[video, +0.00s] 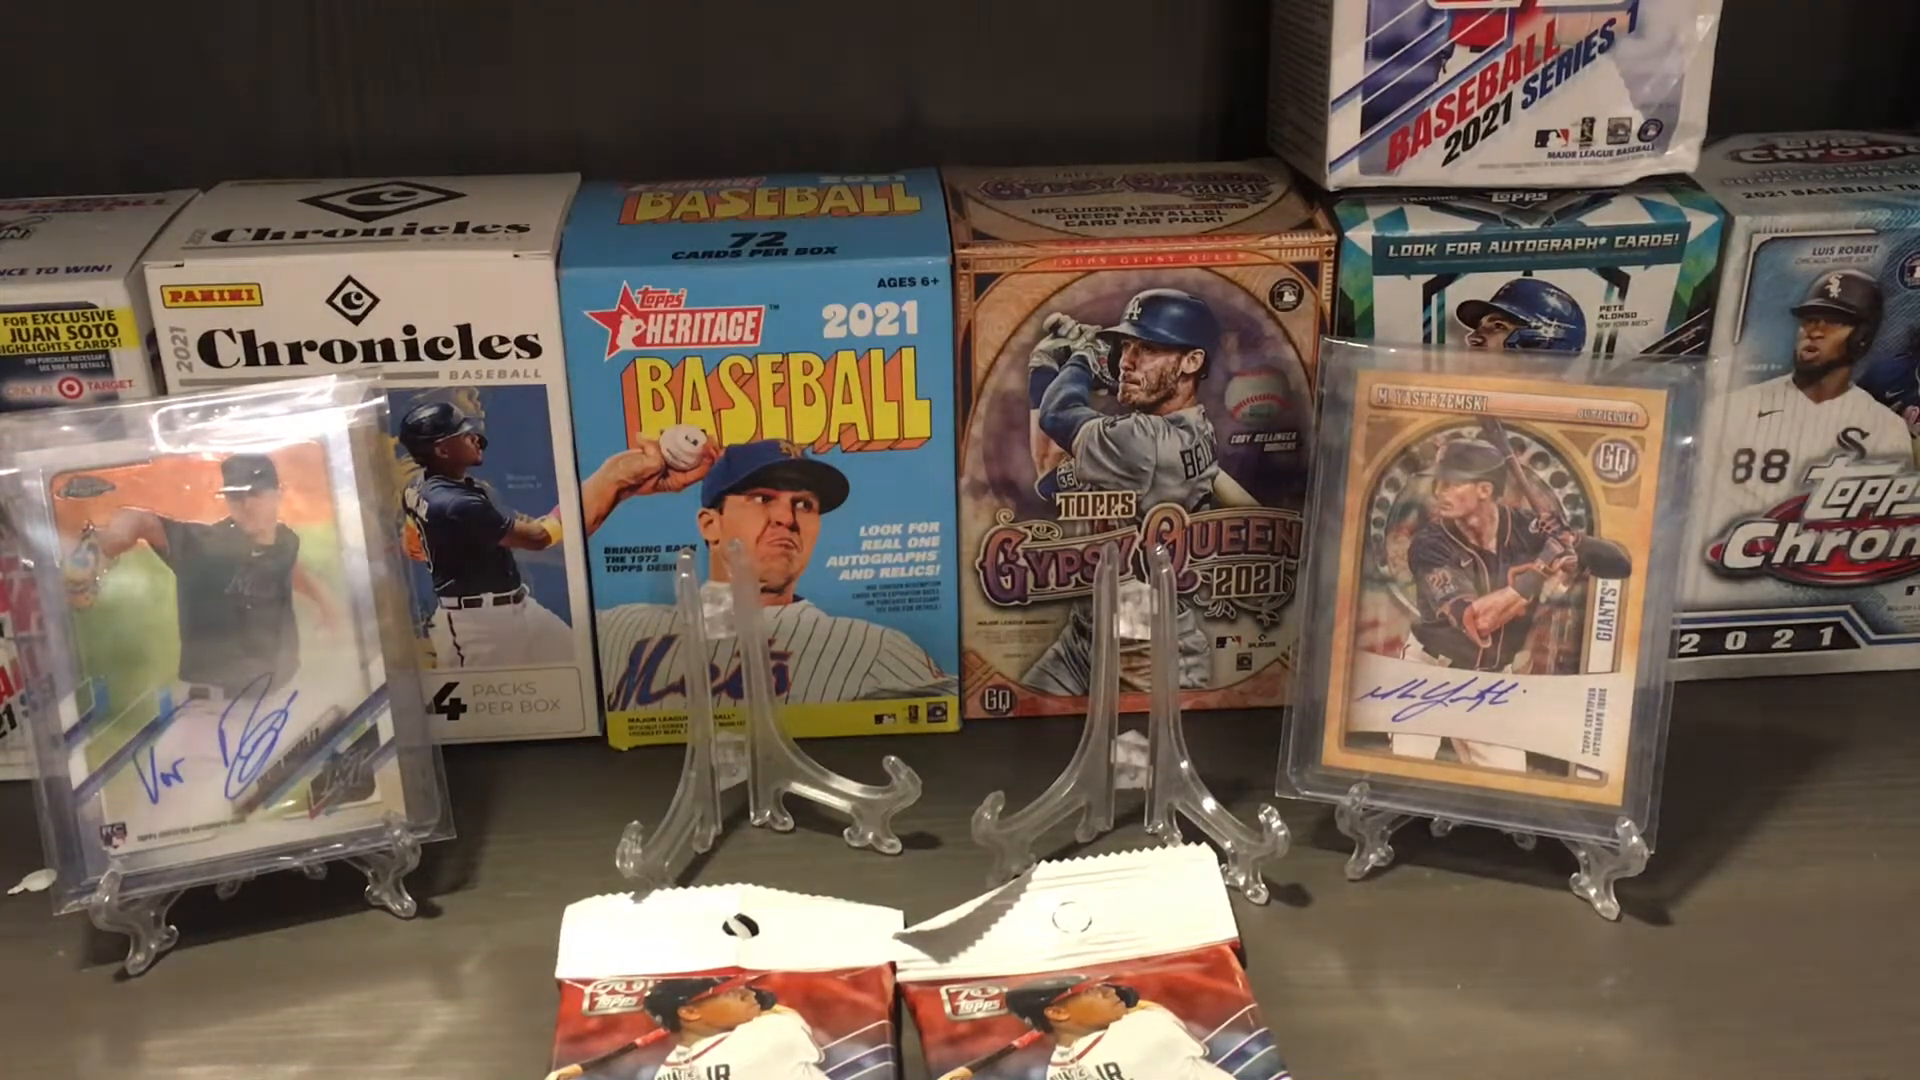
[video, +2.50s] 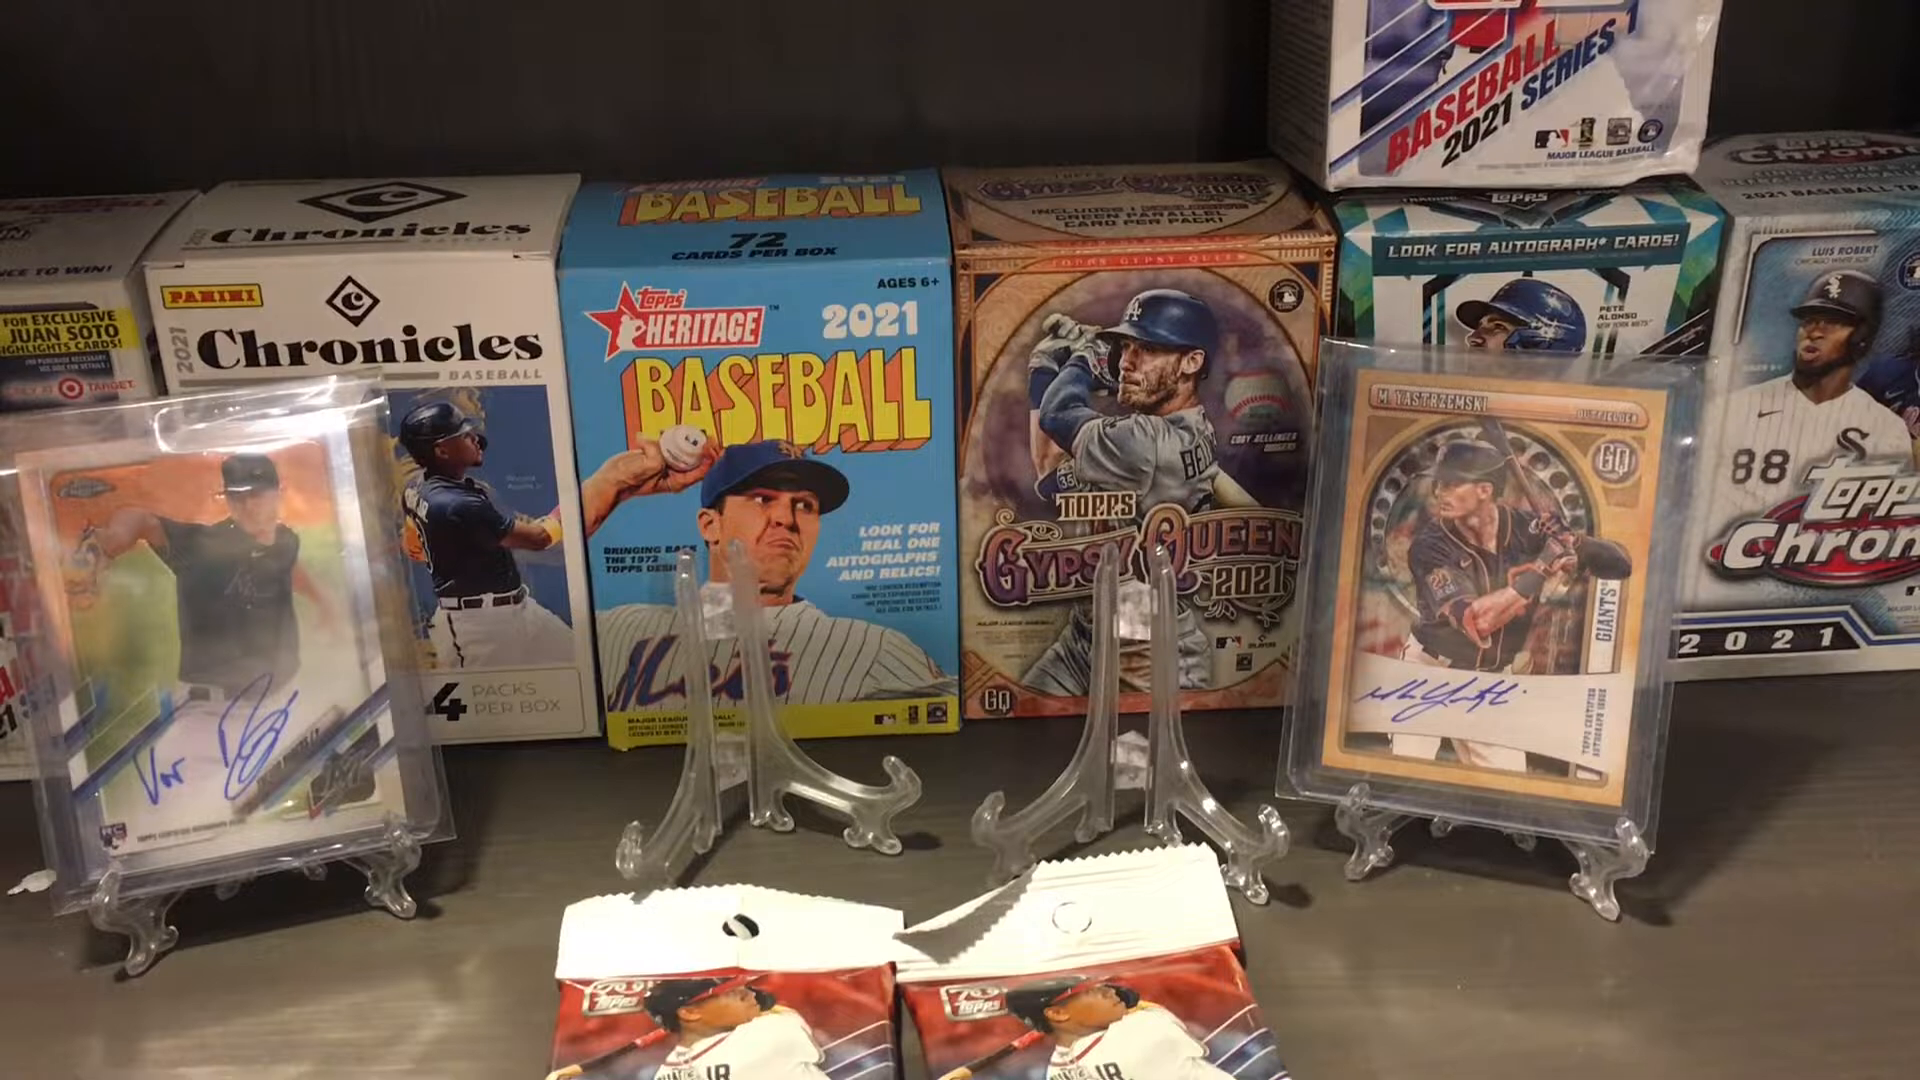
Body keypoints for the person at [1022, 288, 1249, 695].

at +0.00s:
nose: (1127, 362)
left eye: (1148, 350)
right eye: (1127, 348)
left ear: (1190, 363)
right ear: (1120, 349)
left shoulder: (1140, 440)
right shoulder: (1188, 432)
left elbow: (1059, 410)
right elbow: (1047, 479)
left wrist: (1085, 359)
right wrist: (1042, 369)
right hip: (1091, 641)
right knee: (1012, 735)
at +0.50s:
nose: (1127, 362)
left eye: (1148, 350)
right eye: (1126, 348)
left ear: (1190, 363)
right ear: (1120, 349)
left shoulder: (1142, 440)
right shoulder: (1187, 430)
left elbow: (1059, 411)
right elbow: (1047, 478)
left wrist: (1086, 359)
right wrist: (1042, 369)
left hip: (1160, 646)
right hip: (1092, 637)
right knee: (1013, 736)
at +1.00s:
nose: (1127, 362)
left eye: (1148, 350)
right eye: (1126, 347)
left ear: (1190, 363)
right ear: (1120, 349)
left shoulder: (1141, 440)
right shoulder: (1187, 430)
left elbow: (1059, 411)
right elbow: (1048, 478)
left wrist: (1086, 359)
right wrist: (1042, 369)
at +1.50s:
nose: (1127, 361)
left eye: (1147, 350)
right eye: (1126, 347)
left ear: (1191, 363)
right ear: (1119, 348)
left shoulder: (1139, 441)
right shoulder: (1190, 431)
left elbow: (1060, 410)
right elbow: (1050, 475)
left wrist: (1085, 361)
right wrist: (1042, 369)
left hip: (1161, 648)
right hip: (1089, 642)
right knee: (1011, 737)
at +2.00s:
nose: (1127, 361)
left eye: (1145, 349)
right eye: (1126, 347)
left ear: (1191, 363)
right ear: (1118, 349)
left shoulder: (1143, 442)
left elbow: (1060, 411)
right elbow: (1049, 476)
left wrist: (1083, 362)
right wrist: (1043, 366)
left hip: (1159, 650)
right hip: (1087, 642)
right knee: (1011, 738)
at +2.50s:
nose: (1127, 362)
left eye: (1147, 350)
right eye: (1126, 348)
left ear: (1190, 363)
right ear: (1121, 349)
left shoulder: (1143, 441)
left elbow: (1060, 410)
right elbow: (1048, 475)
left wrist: (1086, 360)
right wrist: (1042, 372)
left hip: (1158, 647)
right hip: (1092, 638)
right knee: (1012, 736)